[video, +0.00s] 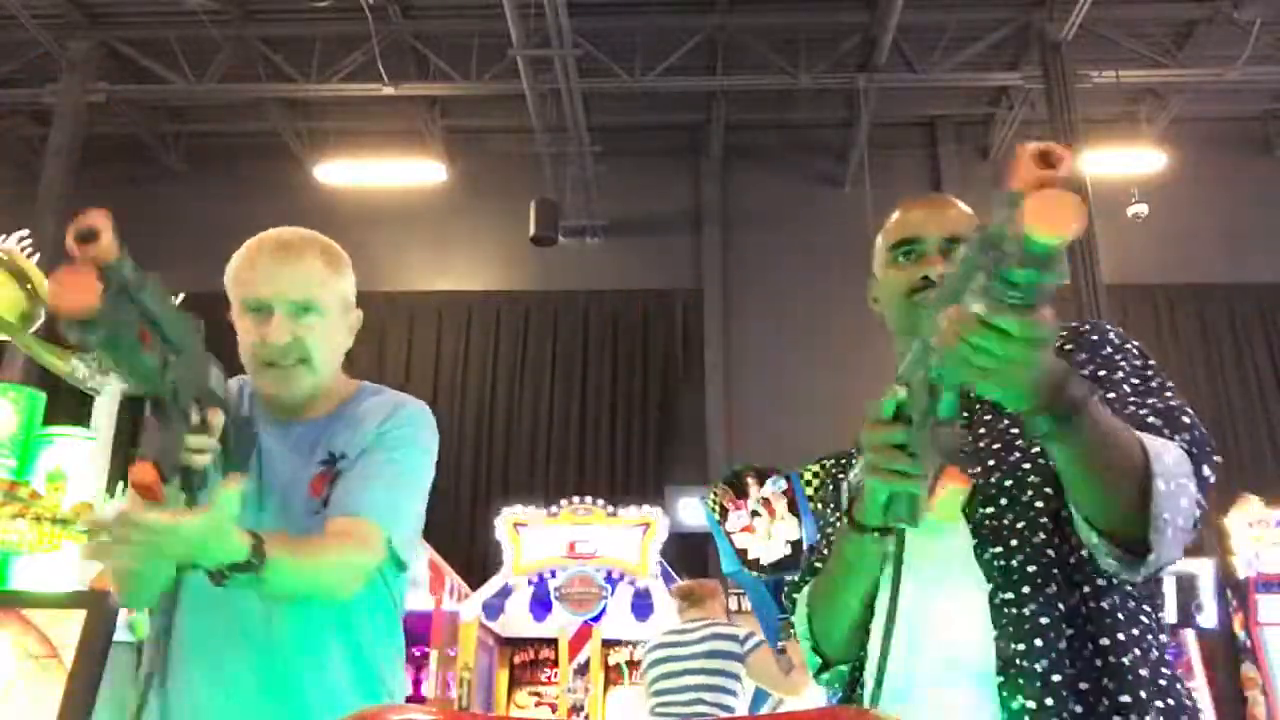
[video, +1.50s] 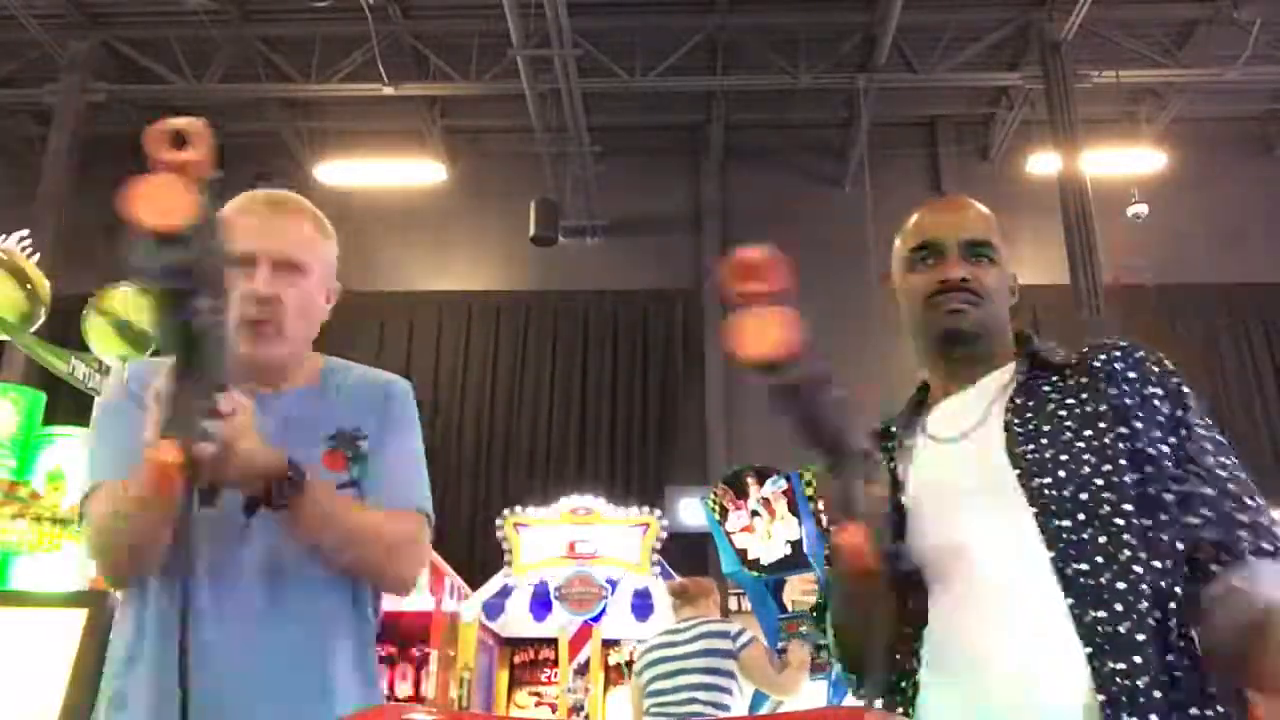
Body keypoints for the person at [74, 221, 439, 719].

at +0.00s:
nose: (277, 336)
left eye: (304, 312)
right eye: (258, 311)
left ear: (351, 323)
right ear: (234, 321)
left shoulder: (396, 424)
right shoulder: (202, 413)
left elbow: (345, 565)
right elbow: (132, 589)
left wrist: (228, 550)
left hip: (337, 711)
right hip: (193, 709)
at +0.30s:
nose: (309, 347)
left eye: (333, 324)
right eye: (289, 325)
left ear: (377, 338)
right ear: (265, 336)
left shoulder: (431, 448)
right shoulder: (221, 426)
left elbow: (477, 597)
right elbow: (157, 561)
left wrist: (430, 658)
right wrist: (185, 445)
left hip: (366, 708)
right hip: (218, 705)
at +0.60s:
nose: (227, 295)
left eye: (254, 271)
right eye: (206, 269)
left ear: (304, 290)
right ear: (181, 281)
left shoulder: (362, 411)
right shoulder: (134, 383)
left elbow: (385, 581)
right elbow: (50, 527)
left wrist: (310, 638)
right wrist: (60, 424)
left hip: (288, 711)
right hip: (129, 705)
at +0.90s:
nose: (270, 257)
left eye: (299, 234)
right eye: (246, 233)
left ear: (352, 256)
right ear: (218, 250)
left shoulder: (412, 389)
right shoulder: (161, 366)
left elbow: (447, 572)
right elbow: (86, 526)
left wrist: (351, 648)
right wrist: (79, 405)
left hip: (330, 715)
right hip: (151, 707)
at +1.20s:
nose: (333, 300)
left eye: (359, 282)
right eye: (311, 279)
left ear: (396, 308)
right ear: (280, 298)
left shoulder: (440, 416)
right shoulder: (235, 396)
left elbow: (470, 573)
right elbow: (178, 547)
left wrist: (365, 481)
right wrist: (198, 465)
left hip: (379, 704)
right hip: (228, 703)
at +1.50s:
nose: (260, 288)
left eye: (287, 269)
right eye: (241, 265)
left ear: (329, 296)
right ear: (210, 279)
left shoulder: (379, 401)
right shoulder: (139, 389)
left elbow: (402, 563)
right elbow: (116, 562)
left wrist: (270, 474)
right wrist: (164, 467)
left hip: (317, 707)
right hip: (153, 705)